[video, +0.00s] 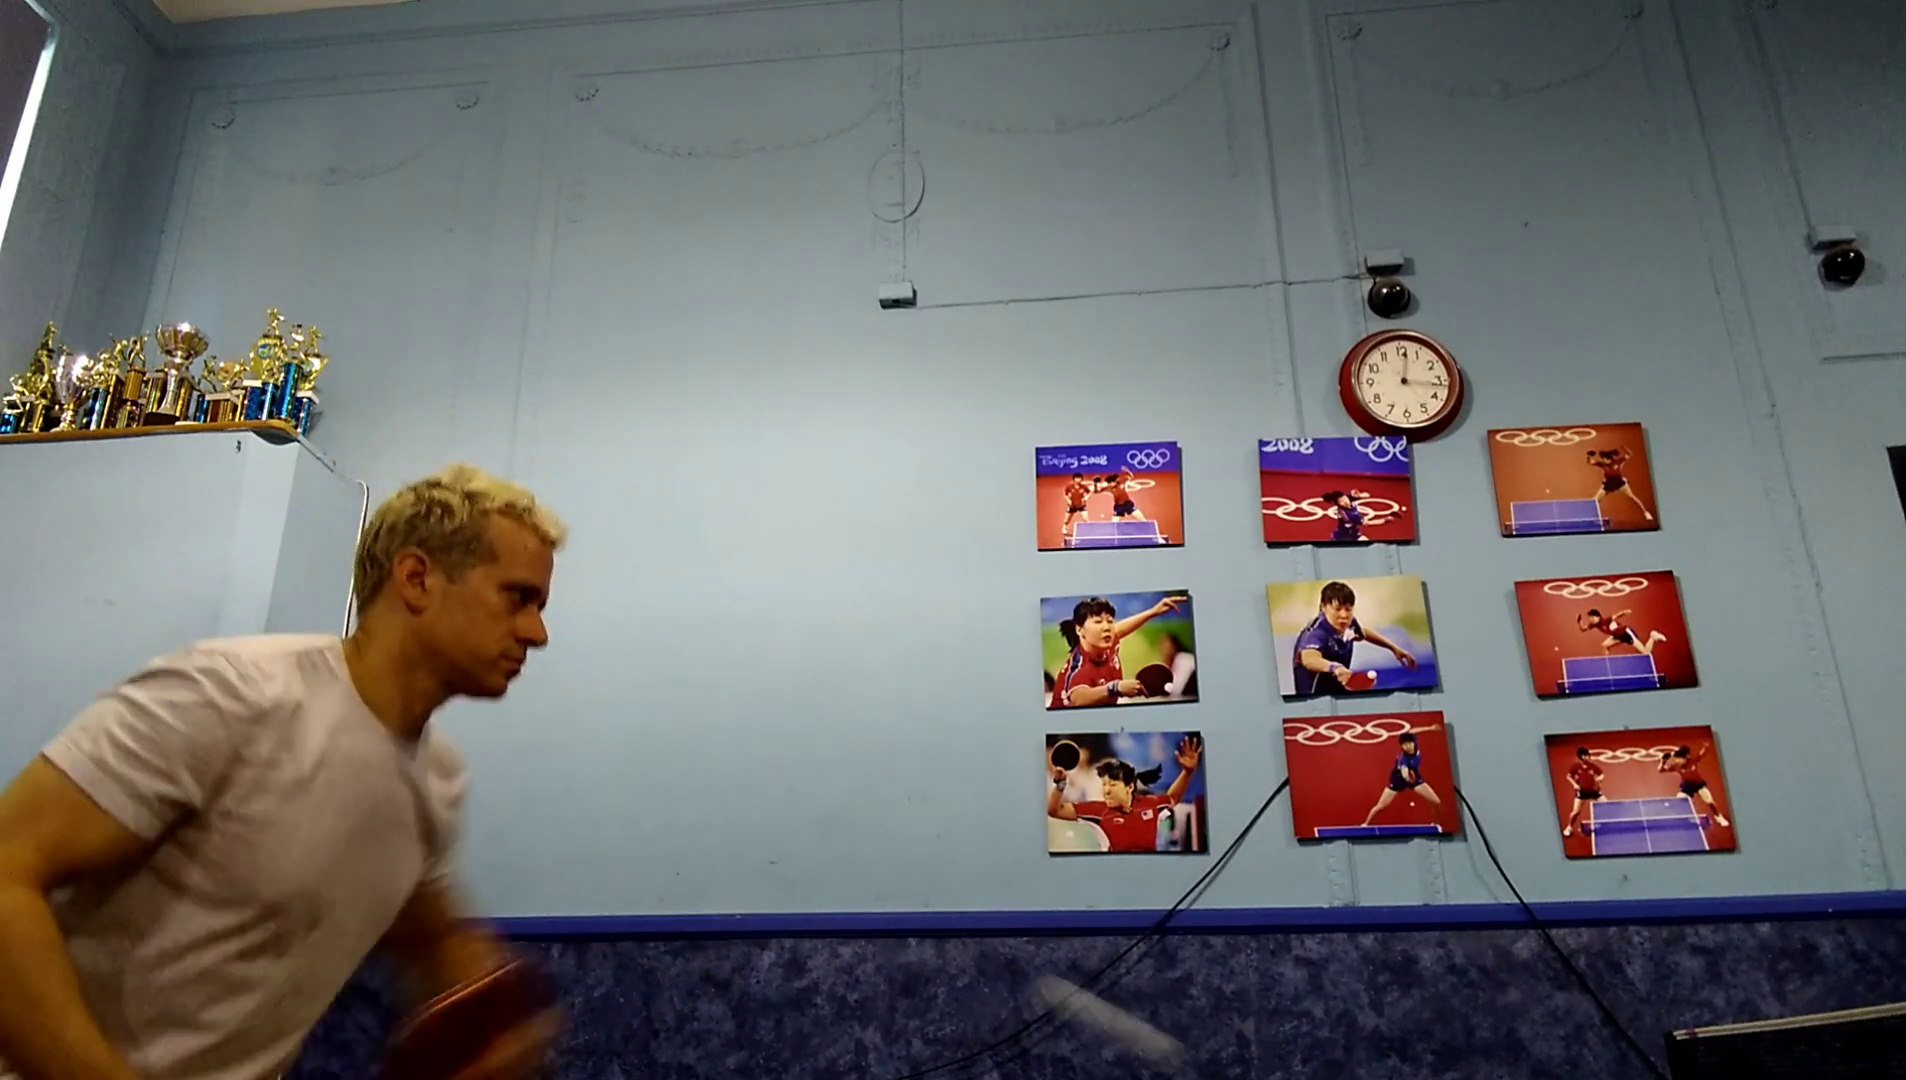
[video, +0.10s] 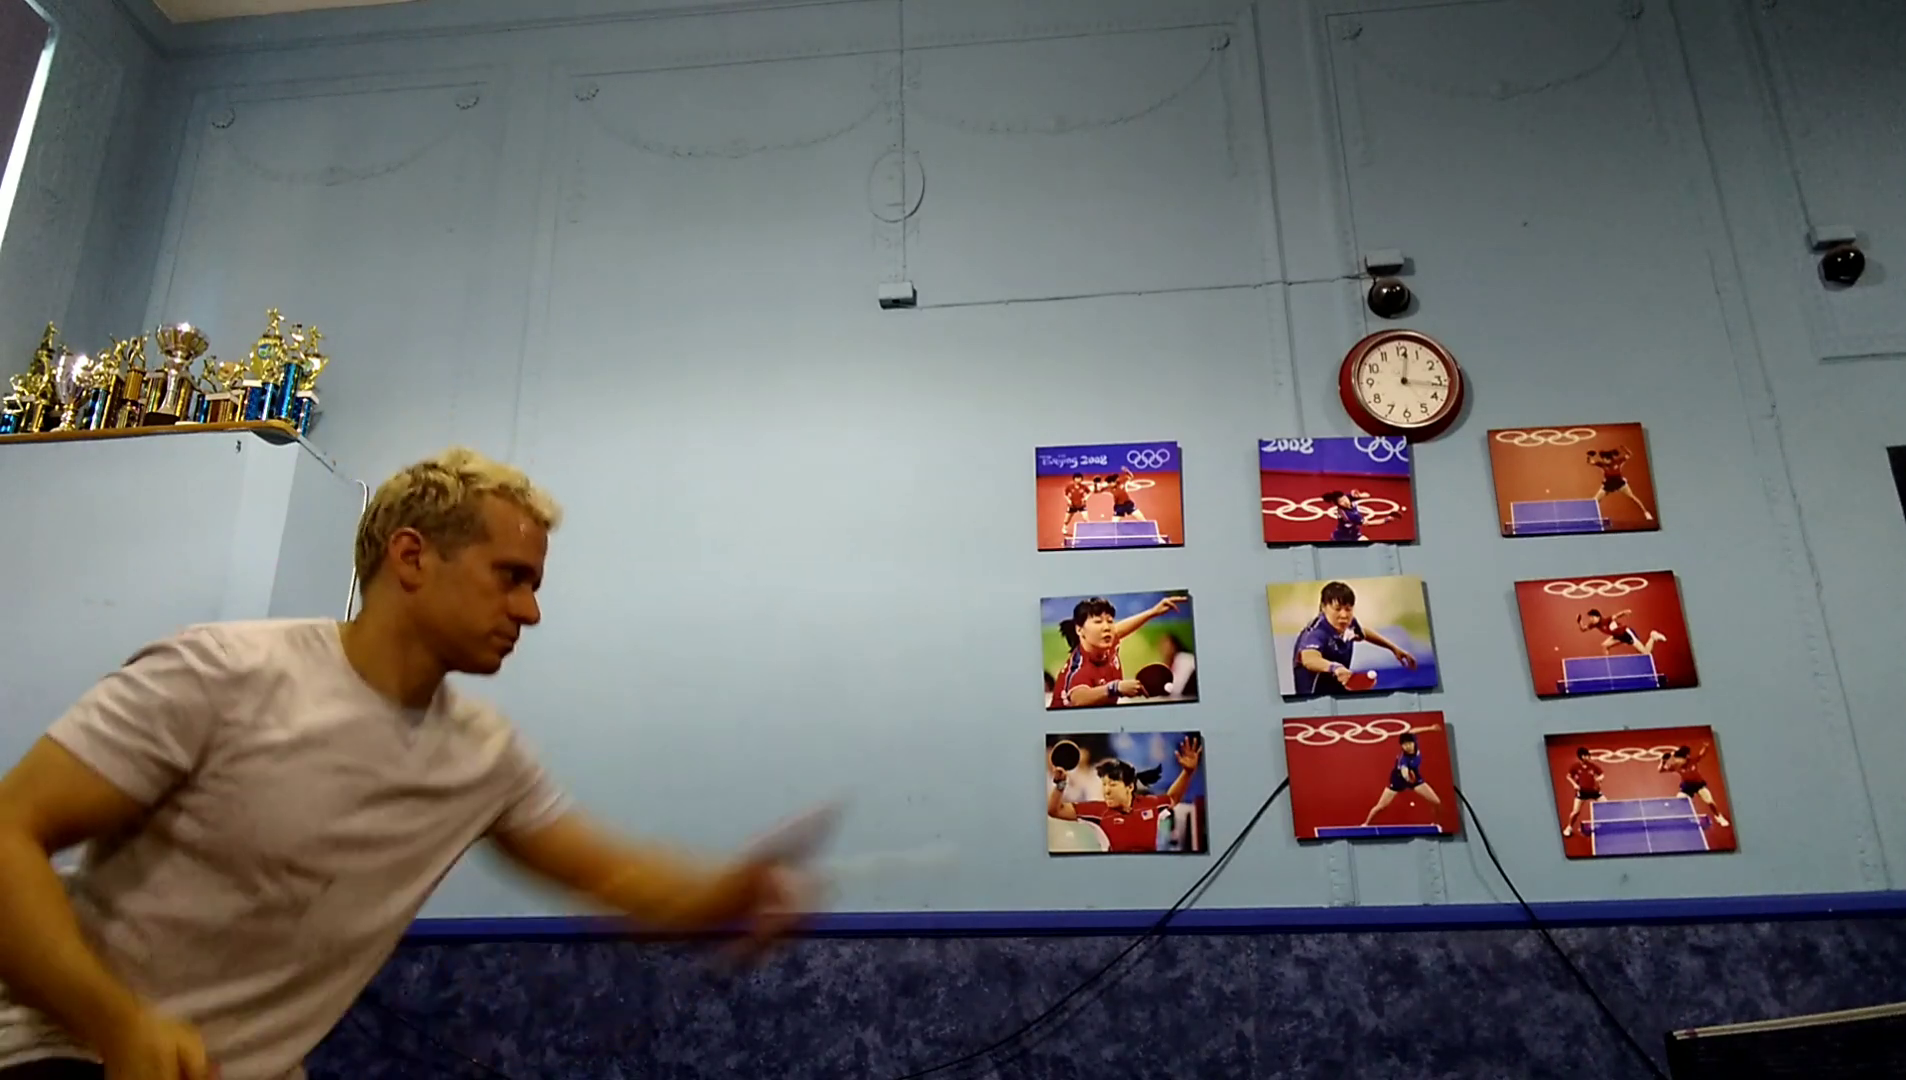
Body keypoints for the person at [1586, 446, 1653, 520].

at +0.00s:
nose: (1605, 461)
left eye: (1606, 460)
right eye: (1603, 460)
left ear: (1610, 458)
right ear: (1603, 459)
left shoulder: (1618, 462)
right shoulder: (1602, 464)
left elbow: (1629, 455)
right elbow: (1590, 463)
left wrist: (1624, 448)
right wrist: (1589, 457)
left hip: (1620, 482)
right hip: (1608, 483)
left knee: (1632, 497)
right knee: (1595, 499)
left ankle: (1645, 512)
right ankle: (1591, 519)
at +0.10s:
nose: (1605, 461)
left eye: (1606, 460)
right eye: (1604, 460)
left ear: (1610, 458)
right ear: (1603, 459)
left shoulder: (1618, 462)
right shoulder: (1602, 464)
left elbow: (1629, 456)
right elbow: (1590, 463)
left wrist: (1624, 448)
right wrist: (1589, 456)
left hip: (1620, 482)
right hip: (1608, 483)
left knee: (1632, 497)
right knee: (1596, 499)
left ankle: (1645, 512)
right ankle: (1592, 519)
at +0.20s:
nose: (1605, 461)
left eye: (1606, 460)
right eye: (1604, 460)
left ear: (1610, 458)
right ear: (1603, 459)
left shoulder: (1618, 462)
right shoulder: (1602, 464)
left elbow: (1629, 456)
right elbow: (1590, 463)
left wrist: (1624, 449)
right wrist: (1589, 456)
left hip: (1620, 482)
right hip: (1608, 483)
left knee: (1632, 497)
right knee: (1596, 499)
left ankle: (1645, 512)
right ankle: (1591, 519)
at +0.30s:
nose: (1605, 461)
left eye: (1606, 459)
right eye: (1604, 460)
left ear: (1610, 458)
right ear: (1603, 459)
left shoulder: (1618, 462)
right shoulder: (1602, 464)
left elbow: (1629, 456)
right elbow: (1590, 463)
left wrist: (1624, 449)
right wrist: (1589, 456)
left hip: (1620, 482)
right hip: (1608, 483)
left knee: (1632, 497)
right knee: (1596, 499)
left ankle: (1645, 512)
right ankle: (1591, 519)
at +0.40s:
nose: (1605, 461)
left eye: (1606, 459)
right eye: (1604, 460)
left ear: (1610, 458)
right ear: (1603, 459)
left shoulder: (1618, 462)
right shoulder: (1602, 464)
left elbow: (1629, 456)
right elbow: (1590, 463)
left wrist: (1624, 449)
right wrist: (1589, 456)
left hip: (1620, 482)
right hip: (1608, 483)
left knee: (1632, 497)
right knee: (1596, 499)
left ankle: (1645, 512)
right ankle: (1591, 519)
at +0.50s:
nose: (1605, 461)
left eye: (1606, 459)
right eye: (1604, 460)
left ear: (1610, 458)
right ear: (1603, 459)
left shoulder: (1618, 462)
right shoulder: (1602, 464)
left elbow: (1629, 456)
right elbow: (1590, 463)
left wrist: (1624, 449)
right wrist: (1589, 456)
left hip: (1620, 482)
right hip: (1608, 483)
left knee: (1632, 497)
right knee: (1596, 499)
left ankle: (1645, 512)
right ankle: (1591, 519)